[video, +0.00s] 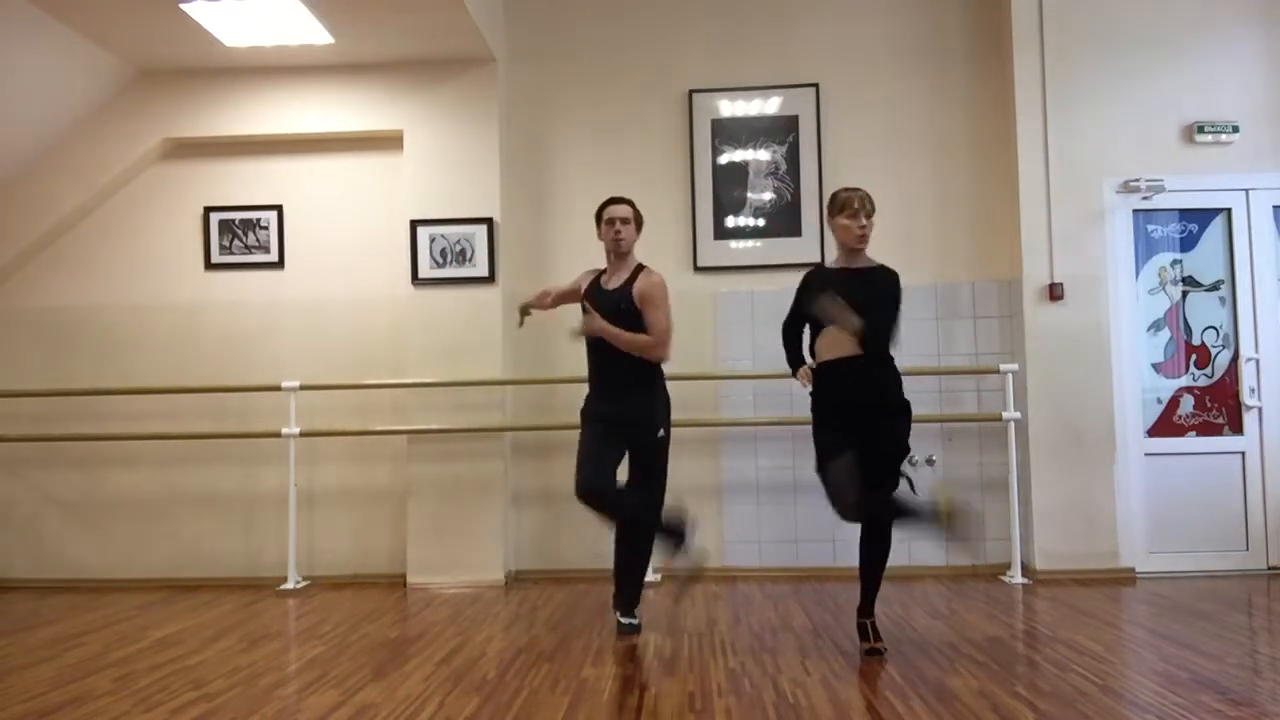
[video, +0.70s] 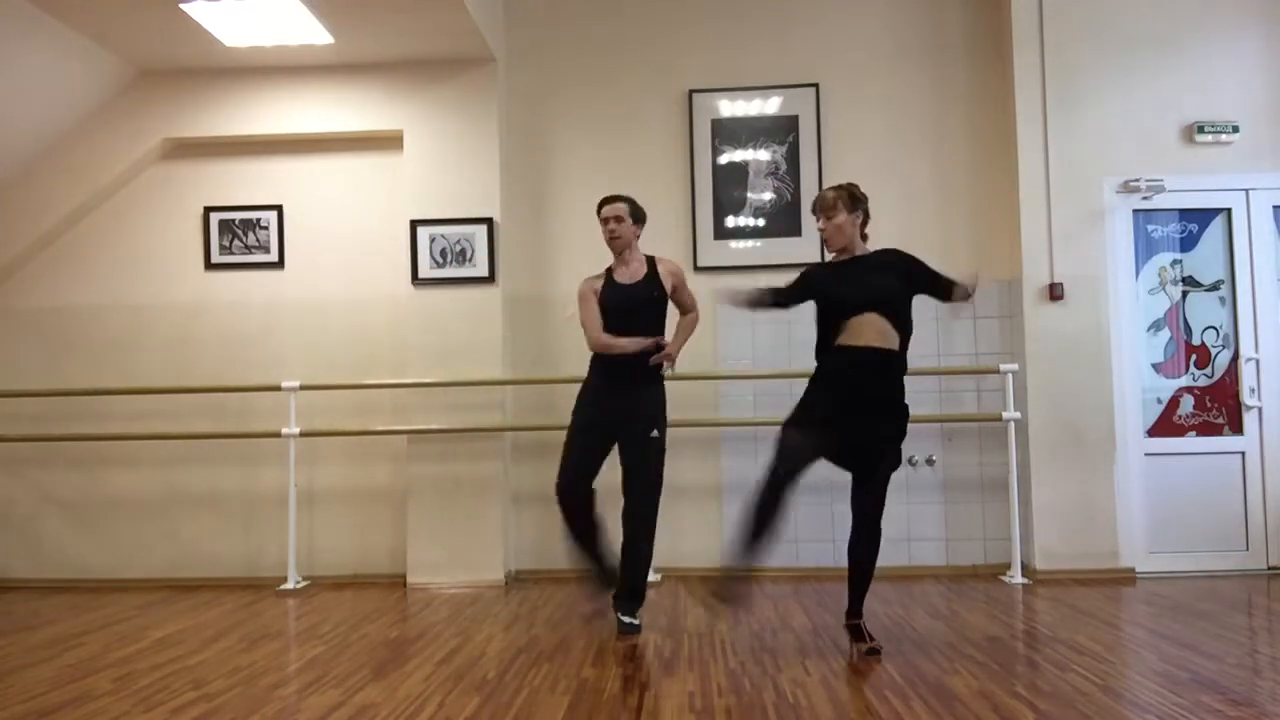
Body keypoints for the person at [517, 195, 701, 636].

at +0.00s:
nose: (618, 229)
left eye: (625, 223)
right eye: (610, 223)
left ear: (638, 231)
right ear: (599, 232)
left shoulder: (650, 283)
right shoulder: (591, 282)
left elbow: (660, 350)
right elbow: (558, 297)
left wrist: (605, 330)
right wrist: (541, 300)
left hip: (648, 410)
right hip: (602, 407)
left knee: (638, 512)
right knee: (591, 489)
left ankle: (626, 606)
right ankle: (666, 523)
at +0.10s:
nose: (618, 230)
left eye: (625, 223)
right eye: (611, 224)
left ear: (640, 231)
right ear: (602, 232)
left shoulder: (657, 283)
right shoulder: (593, 283)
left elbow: (686, 344)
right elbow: (544, 302)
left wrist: (632, 344)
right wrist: (504, 313)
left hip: (647, 410)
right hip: (602, 406)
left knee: (642, 509)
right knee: (574, 491)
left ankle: (629, 603)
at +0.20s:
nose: (612, 230)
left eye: (619, 223)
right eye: (607, 224)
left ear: (640, 228)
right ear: (602, 232)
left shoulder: (663, 280)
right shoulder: (594, 283)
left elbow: (697, 329)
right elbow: (538, 302)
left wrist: (655, 345)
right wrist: (488, 319)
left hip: (645, 408)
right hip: (601, 404)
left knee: (641, 509)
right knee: (567, 489)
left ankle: (629, 604)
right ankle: (538, 588)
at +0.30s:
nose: (601, 231)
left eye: (609, 223)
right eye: (600, 224)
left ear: (635, 228)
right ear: (605, 230)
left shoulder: (666, 270)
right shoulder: (597, 284)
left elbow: (706, 309)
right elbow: (537, 309)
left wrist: (673, 336)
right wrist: (476, 322)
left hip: (644, 398)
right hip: (599, 391)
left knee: (636, 506)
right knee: (543, 461)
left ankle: (627, 606)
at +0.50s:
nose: (600, 230)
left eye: (608, 223)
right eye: (599, 224)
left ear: (634, 227)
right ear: (609, 230)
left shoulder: (668, 268)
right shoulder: (598, 286)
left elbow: (704, 304)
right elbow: (562, 327)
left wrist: (678, 333)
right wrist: (519, 332)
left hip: (646, 400)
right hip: (599, 392)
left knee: (637, 506)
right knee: (533, 457)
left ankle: (627, 604)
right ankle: (451, 521)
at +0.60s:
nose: (600, 231)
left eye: (608, 224)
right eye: (598, 224)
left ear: (634, 227)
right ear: (609, 231)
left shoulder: (668, 268)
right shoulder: (596, 287)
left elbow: (699, 308)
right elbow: (580, 335)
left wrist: (677, 339)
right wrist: (562, 340)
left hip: (647, 393)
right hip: (603, 390)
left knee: (639, 502)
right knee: (556, 479)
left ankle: (628, 603)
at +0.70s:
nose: (609, 228)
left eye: (616, 220)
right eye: (604, 223)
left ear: (637, 226)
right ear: (600, 232)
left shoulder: (666, 272)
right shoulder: (591, 286)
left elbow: (690, 312)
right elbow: (597, 341)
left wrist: (675, 347)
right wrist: (651, 341)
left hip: (644, 402)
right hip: (598, 400)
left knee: (641, 504)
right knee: (570, 490)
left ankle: (629, 603)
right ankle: (606, 571)